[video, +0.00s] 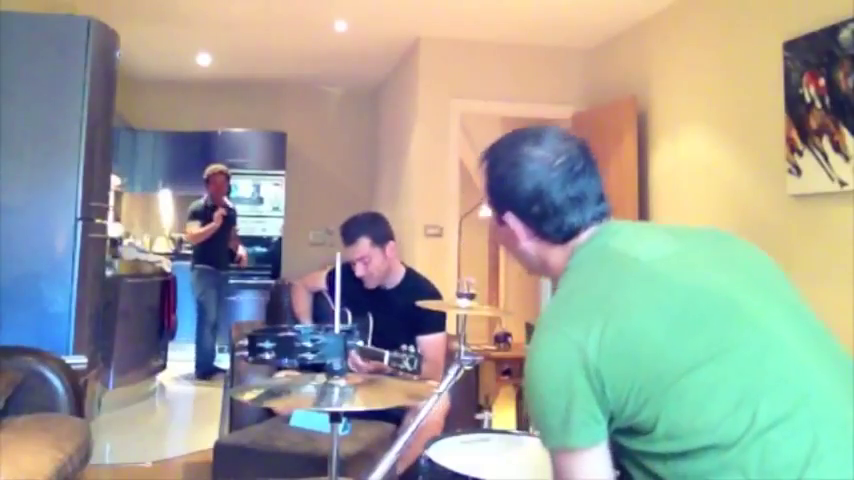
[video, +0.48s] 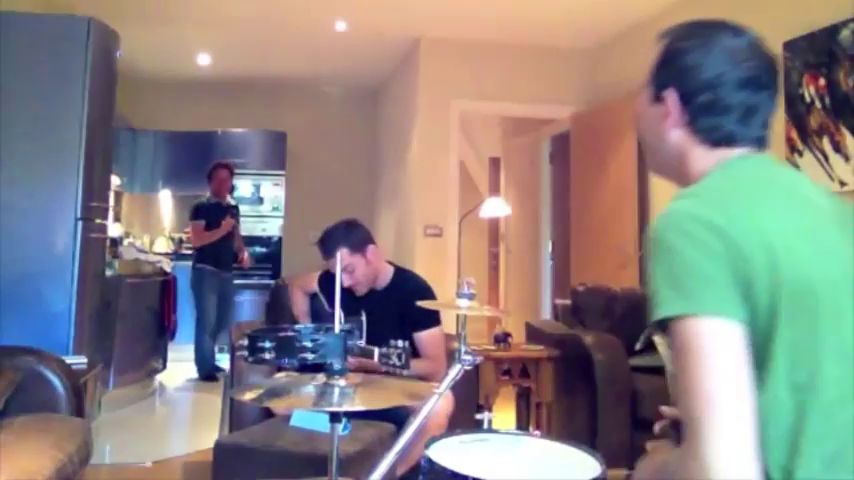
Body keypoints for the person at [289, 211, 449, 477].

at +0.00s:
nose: (358, 272)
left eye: (365, 261)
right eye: (353, 263)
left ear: (390, 250)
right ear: (347, 258)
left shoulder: (423, 296)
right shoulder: (345, 277)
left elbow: (432, 376)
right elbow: (301, 286)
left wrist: (382, 368)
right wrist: (308, 334)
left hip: (398, 394)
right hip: (343, 386)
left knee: (434, 408)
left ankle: (384, 474)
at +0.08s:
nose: (358, 273)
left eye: (365, 261)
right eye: (351, 264)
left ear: (390, 250)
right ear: (345, 259)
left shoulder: (423, 294)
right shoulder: (345, 277)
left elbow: (433, 371)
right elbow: (299, 285)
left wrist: (384, 370)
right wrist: (306, 336)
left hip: (400, 390)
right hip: (345, 382)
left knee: (439, 403)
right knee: (281, 396)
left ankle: (386, 474)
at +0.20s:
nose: (354, 275)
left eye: (360, 264)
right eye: (347, 267)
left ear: (384, 250)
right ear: (341, 262)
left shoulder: (421, 292)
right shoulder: (342, 279)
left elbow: (435, 368)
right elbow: (298, 285)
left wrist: (387, 369)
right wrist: (306, 335)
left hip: (400, 389)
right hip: (344, 382)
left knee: (440, 403)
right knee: (283, 396)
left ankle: (388, 473)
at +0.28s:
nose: (351, 277)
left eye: (357, 266)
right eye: (345, 269)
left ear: (380, 250)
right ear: (338, 263)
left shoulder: (420, 292)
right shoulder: (340, 279)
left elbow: (436, 367)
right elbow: (297, 285)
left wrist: (386, 369)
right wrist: (306, 335)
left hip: (400, 390)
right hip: (344, 383)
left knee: (440, 403)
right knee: (282, 397)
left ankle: (388, 474)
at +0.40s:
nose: (347, 280)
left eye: (352, 269)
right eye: (341, 273)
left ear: (374, 252)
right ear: (333, 267)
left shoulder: (415, 290)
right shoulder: (337, 282)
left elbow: (436, 367)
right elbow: (296, 285)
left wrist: (380, 366)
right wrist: (307, 335)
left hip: (399, 392)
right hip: (343, 388)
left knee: (439, 403)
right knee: (282, 399)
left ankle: (388, 473)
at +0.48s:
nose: (345, 282)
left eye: (350, 271)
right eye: (338, 274)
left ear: (372, 253)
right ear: (331, 268)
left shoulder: (413, 290)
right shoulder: (334, 282)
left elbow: (436, 367)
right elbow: (296, 286)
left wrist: (379, 366)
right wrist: (307, 336)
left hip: (396, 391)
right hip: (340, 387)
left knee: (440, 403)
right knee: (281, 399)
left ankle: (387, 474)